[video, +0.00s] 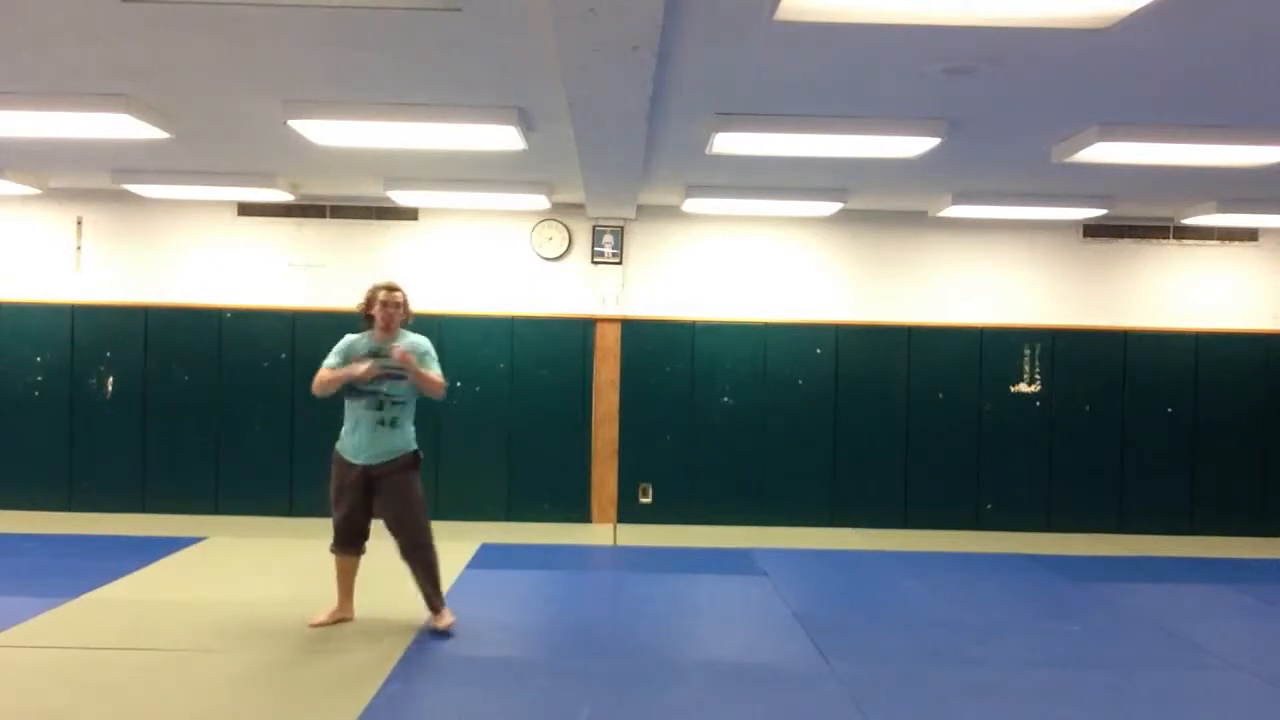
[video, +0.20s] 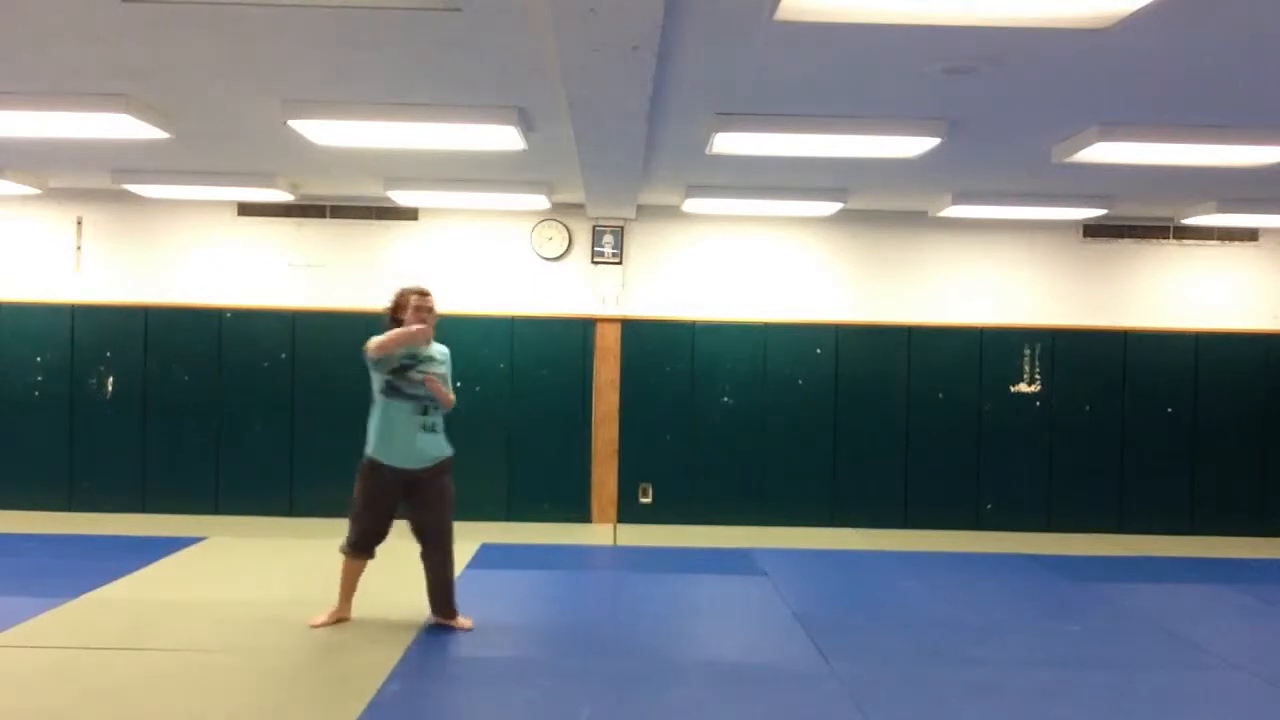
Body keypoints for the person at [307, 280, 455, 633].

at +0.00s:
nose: (388, 311)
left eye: (395, 306)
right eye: (383, 305)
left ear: (405, 312)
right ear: (370, 309)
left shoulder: (418, 346)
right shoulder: (351, 344)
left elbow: (438, 389)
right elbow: (318, 385)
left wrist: (412, 368)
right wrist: (352, 373)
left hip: (397, 457)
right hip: (351, 456)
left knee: (415, 536)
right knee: (346, 534)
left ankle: (438, 609)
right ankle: (344, 606)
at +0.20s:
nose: (423, 317)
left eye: (429, 311)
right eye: (417, 311)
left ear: (435, 317)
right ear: (398, 315)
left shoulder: (441, 353)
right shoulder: (378, 348)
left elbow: (449, 403)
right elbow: (376, 349)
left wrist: (437, 388)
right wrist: (410, 334)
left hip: (431, 460)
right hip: (382, 459)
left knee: (438, 542)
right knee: (360, 539)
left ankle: (444, 612)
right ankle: (342, 607)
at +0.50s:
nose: (490, 316)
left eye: (491, 310)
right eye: (483, 310)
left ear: (487, 314)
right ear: (463, 312)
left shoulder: (480, 352)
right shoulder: (437, 350)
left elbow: (470, 396)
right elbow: (414, 396)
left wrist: (499, 402)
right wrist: (450, 399)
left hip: (472, 455)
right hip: (438, 454)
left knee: (464, 536)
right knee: (432, 533)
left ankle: (451, 609)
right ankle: (387, 598)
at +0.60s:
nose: (506, 319)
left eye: (507, 312)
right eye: (499, 312)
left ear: (502, 317)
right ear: (479, 314)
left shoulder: (493, 354)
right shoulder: (450, 354)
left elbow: (484, 399)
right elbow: (432, 405)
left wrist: (518, 399)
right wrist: (442, 449)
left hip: (482, 459)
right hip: (454, 457)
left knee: (471, 537)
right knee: (458, 535)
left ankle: (455, 612)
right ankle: (431, 612)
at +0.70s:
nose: (518, 322)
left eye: (520, 315)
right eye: (511, 315)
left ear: (516, 320)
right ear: (491, 318)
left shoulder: (507, 356)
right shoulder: (465, 357)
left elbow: (500, 398)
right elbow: (442, 409)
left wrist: (531, 401)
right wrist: (429, 460)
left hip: (490, 457)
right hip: (463, 455)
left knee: (465, 532)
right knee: (482, 532)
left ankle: (447, 608)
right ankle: (483, 622)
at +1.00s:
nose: (560, 321)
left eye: (562, 314)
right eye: (552, 315)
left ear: (562, 318)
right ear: (532, 319)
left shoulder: (560, 353)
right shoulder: (508, 359)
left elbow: (555, 393)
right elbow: (480, 412)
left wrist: (570, 410)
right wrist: (472, 467)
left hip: (546, 462)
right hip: (512, 462)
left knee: (526, 540)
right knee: (522, 544)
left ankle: (476, 594)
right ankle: (538, 630)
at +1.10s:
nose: (574, 319)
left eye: (576, 312)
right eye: (566, 312)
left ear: (577, 316)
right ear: (545, 317)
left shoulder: (574, 350)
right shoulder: (523, 355)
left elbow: (572, 392)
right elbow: (498, 410)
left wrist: (586, 408)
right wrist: (506, 461)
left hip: (564, 464)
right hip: (527, 464)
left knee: (562, 542)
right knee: (531, 546)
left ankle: (515, 589)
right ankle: (538, 630)